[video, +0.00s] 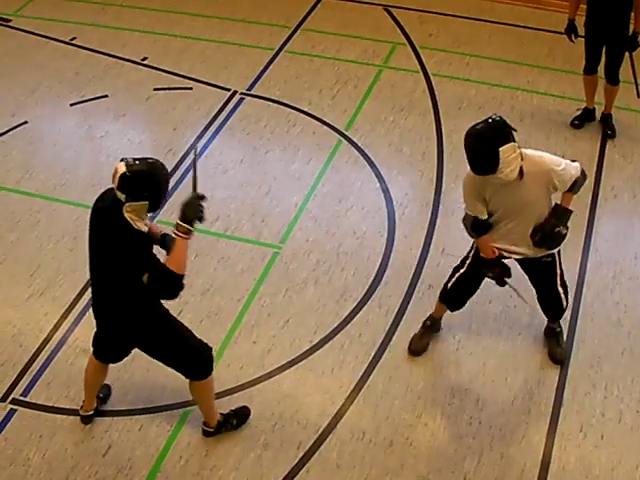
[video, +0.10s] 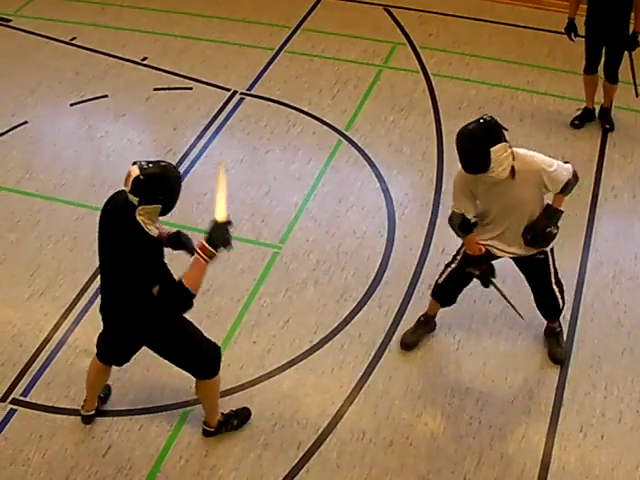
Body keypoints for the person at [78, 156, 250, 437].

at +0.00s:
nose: (120, 165)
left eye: (124, 170)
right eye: (126, 166)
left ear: (124, 187)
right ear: (145, 205)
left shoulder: (105, 203)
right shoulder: (129, 242)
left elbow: (132, 224)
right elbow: (169, 285)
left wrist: (162, 237)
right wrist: (185, 226)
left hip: (107, 309)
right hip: (140, 317)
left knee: (101, 355)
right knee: (199, 358)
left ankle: (88, 406)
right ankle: (212, 421)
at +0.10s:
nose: (134, 168)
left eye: (138, 170)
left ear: (135, 190)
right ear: (158, 206)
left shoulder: (115, 205)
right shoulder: (143, 247)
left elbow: (138, 227)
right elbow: (177, 302)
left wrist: (166, 238)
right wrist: (207, 249)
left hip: (116, 312)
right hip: (152, 320)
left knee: (105, 355)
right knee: (207, 357)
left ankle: (89, 405)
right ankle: (212, 421)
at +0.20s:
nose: (145, 170)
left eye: (150, 174)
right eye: (153, 169)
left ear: (149, 193)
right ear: (168, 208)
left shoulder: (123, 205)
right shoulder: (155, 249)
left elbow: (153, 232)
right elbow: (169, 312)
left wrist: (183, 229)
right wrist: (220, 282)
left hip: (122, 319)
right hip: (157, 325)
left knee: (110, 357)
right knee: (211, 357)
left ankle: (95, 410)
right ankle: (213, 422)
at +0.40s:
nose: (187, 223)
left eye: (189, 217)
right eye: (184, 218)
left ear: (146, 199)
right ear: (165, 218)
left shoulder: (126, 213)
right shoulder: (158, 258)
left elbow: (159, 226)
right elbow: (155, 323)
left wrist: (187, 214)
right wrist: (198, 318)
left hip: (120, 318)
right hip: (152, 328)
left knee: (122, 362)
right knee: (221, 353)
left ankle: (111, 426)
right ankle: (215, 420)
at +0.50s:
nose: (193, 234)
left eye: (195, 228)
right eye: (191, 227)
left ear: (162, 214)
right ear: (172, 224)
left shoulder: (135, 224)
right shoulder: (164, 264)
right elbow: (150, 329)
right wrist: (190, 329)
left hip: (136, 329)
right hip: (166, 334)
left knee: (133, 363)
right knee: (240, 346)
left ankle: (115, 427)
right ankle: (223, 415)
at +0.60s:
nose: (214, 228)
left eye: (215, 223)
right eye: (213, 224)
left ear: (172, 211)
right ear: (202, 226)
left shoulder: (156, 231)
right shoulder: (199, 264)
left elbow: (192, 233)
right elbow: (208, 328)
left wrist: (218, 220)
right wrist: (243, 312)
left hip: (162, 337)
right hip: (195, 343)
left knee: (150, 365)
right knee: (274, 341)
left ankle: (124, 425)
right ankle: (258, 404)